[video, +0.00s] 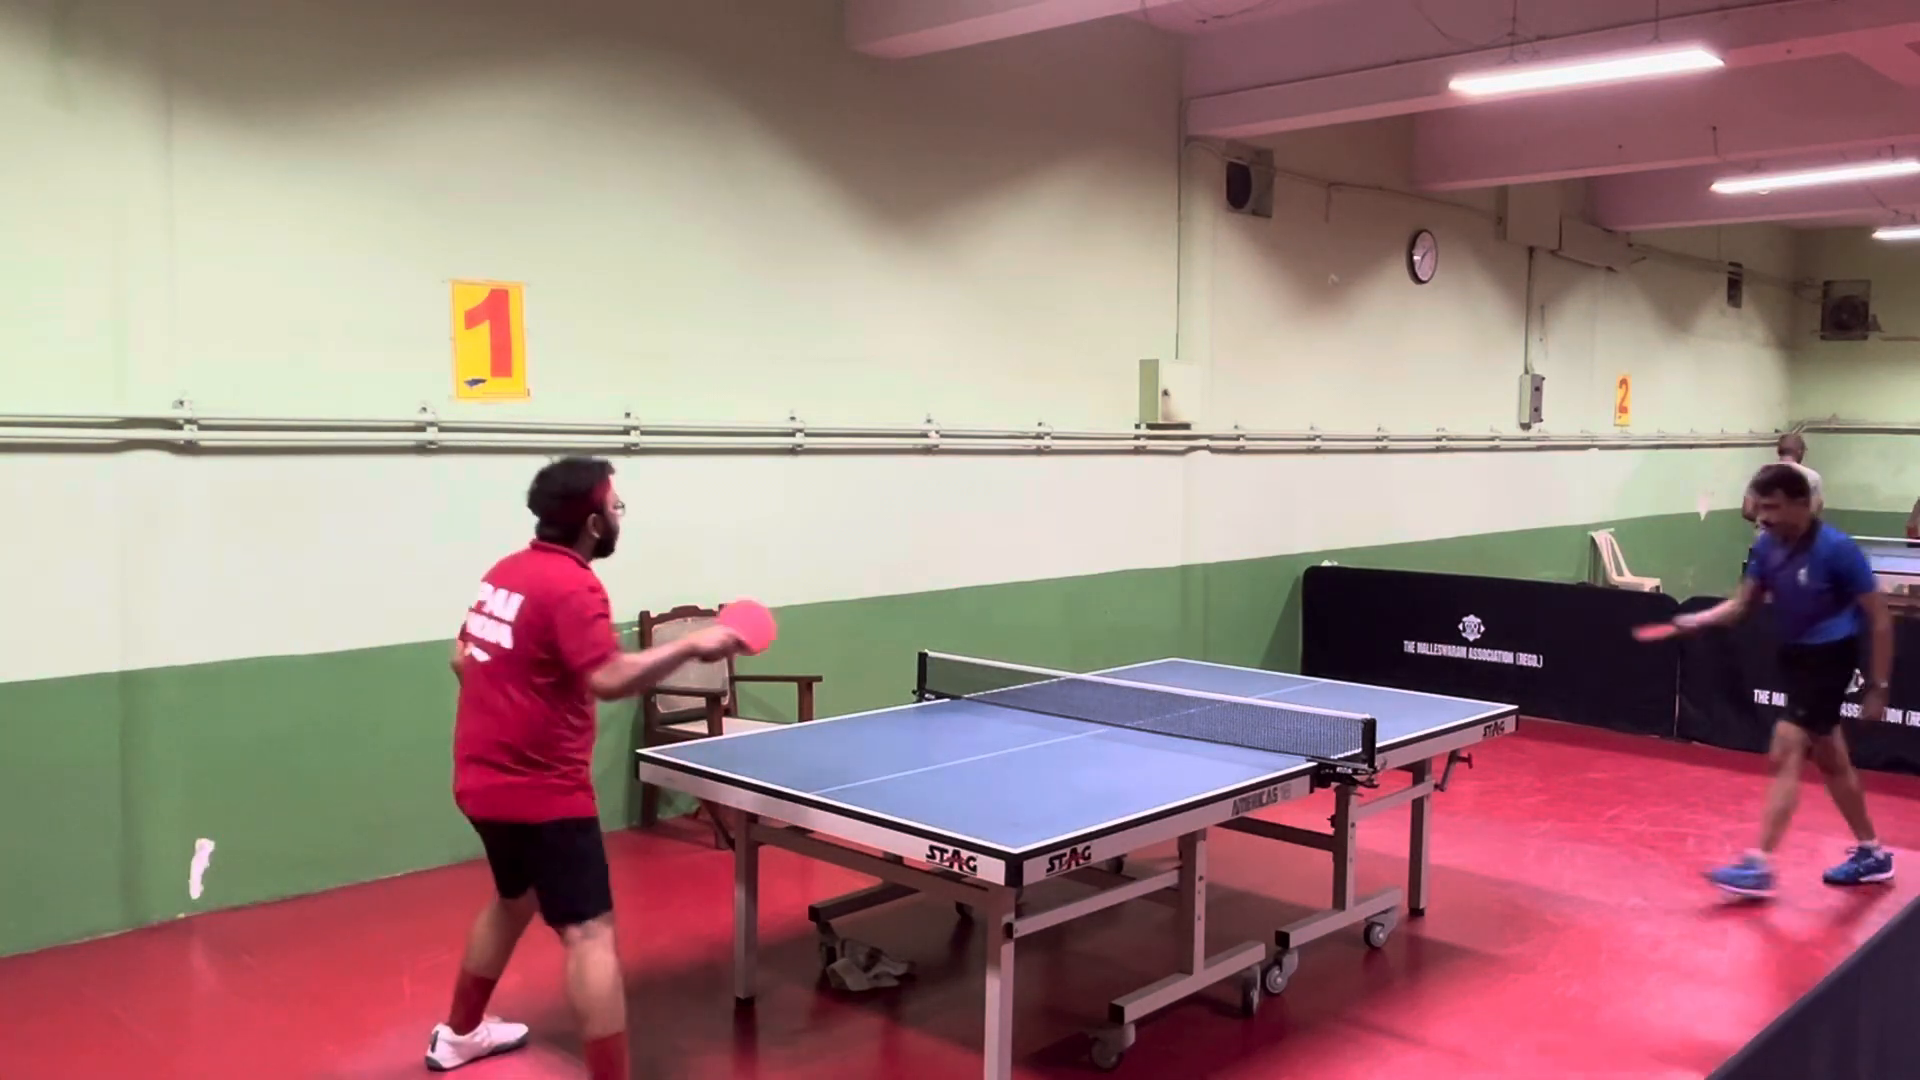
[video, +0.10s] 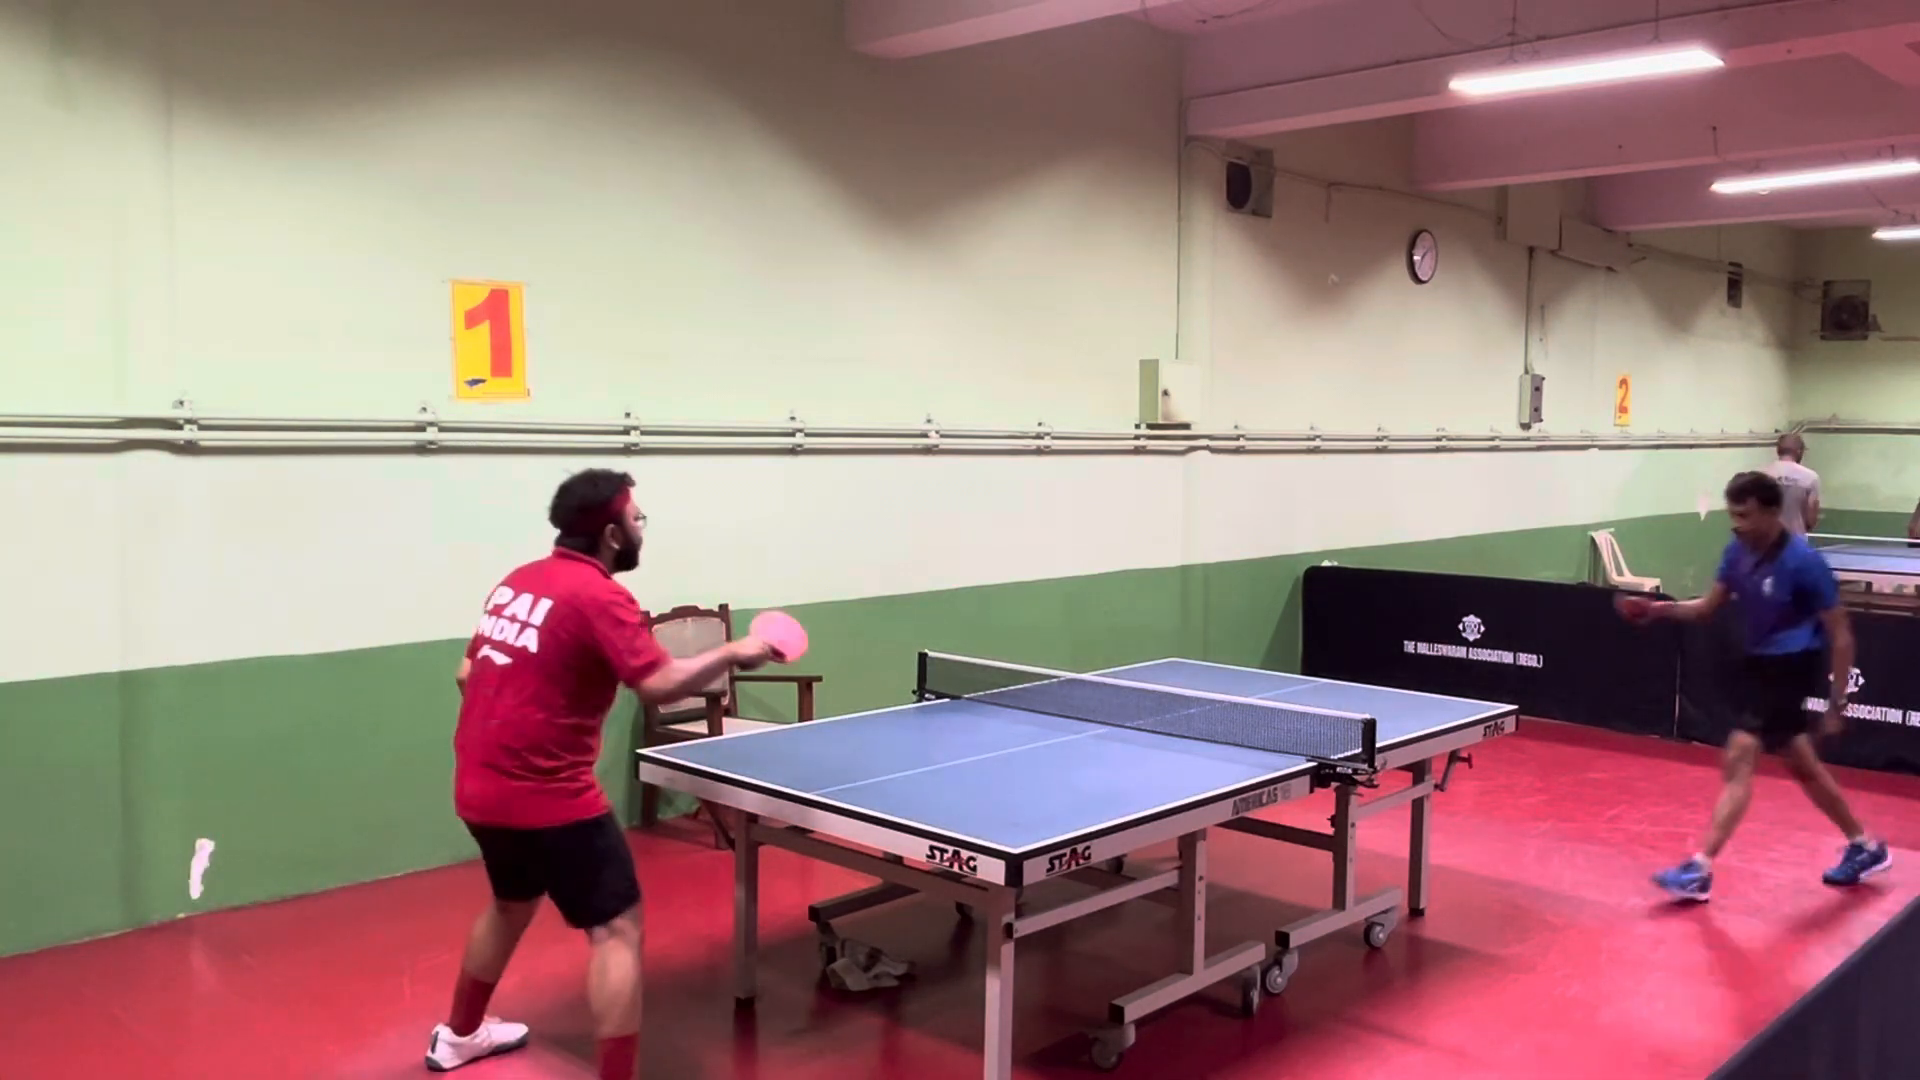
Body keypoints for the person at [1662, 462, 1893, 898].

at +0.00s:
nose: (1762, 519)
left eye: (1770, 509)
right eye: (1759, 510)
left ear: (1800, 505)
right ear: (1761, 507)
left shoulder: (1837, 550)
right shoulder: (1767, 547)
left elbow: (1879, 614)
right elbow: (1741, 603)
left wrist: (1877, 687)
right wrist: (1699, 619)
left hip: (1831, 658)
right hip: (1794, 657)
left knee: (1785, 748)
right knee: (1832, 760)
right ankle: (1871, 850)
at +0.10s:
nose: (1735, 525)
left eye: (1743, 516)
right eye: (1732, 516)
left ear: (1772, 514)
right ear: (1735, 514)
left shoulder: (1805, 561)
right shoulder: (1739, 550)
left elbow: (1841, 632)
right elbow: (1707, 608)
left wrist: (1836, 706)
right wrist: (1658, 609)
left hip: (1793, 669)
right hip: (1758, 666)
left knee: (1738, 755)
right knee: (1802, 762)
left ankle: (1700, 866)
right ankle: (1862, 844)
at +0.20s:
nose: (1704, 534)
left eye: (1712, 526)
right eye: (1701, 525)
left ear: (1740, 524)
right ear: (1705, 522)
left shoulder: (1768, 571)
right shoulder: (1707, 554)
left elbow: (1791, 647)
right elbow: (1684, 608)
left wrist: (1791, 721)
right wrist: (1632, 607)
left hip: (1747, 676)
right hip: (1716, 671)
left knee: (1687, 756)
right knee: (1730, 767)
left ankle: (1688, 872)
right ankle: (1827, 826)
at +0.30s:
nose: (1673, 530)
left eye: (1681, 522)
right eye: (1670, 520)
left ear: (1709, 520)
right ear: (1671, 514)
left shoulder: (1735, 564)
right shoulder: (1677, 549)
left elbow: (1741, 646)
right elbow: (1666, 603)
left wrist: (1735, 720)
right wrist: (1619, 613)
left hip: (1714, 668)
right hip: (1683, 664)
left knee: (1666, 752)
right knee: (1666, 759)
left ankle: (1687, 871)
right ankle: (1757, 814)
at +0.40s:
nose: (1645, 520)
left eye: (1652, 512)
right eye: (1642, 511)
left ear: (1679, 509)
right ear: (1643, 507)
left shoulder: (1704, 553)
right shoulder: (1649, 537)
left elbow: (1700, 639)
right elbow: (1649, 595)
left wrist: (1669, 700)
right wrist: (1603, 614)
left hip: (1695, 656)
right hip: (1658, 651)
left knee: (1662, 752)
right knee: (1608, 733)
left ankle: (1686, 868)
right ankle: (1663, 818)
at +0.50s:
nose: (1614, 519)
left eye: (1621, 512)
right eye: (1611, 510)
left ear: (1648, 509)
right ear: (1613, 507)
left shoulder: (1675, 553)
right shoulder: (1617, 542)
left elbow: (1663, 632)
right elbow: (1621, 594)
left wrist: (1611, 675)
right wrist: (1578, 621)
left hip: (1666, 655)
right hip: (1625, 649)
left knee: (1653, 757)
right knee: (1574, 727)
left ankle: (1686, 869)